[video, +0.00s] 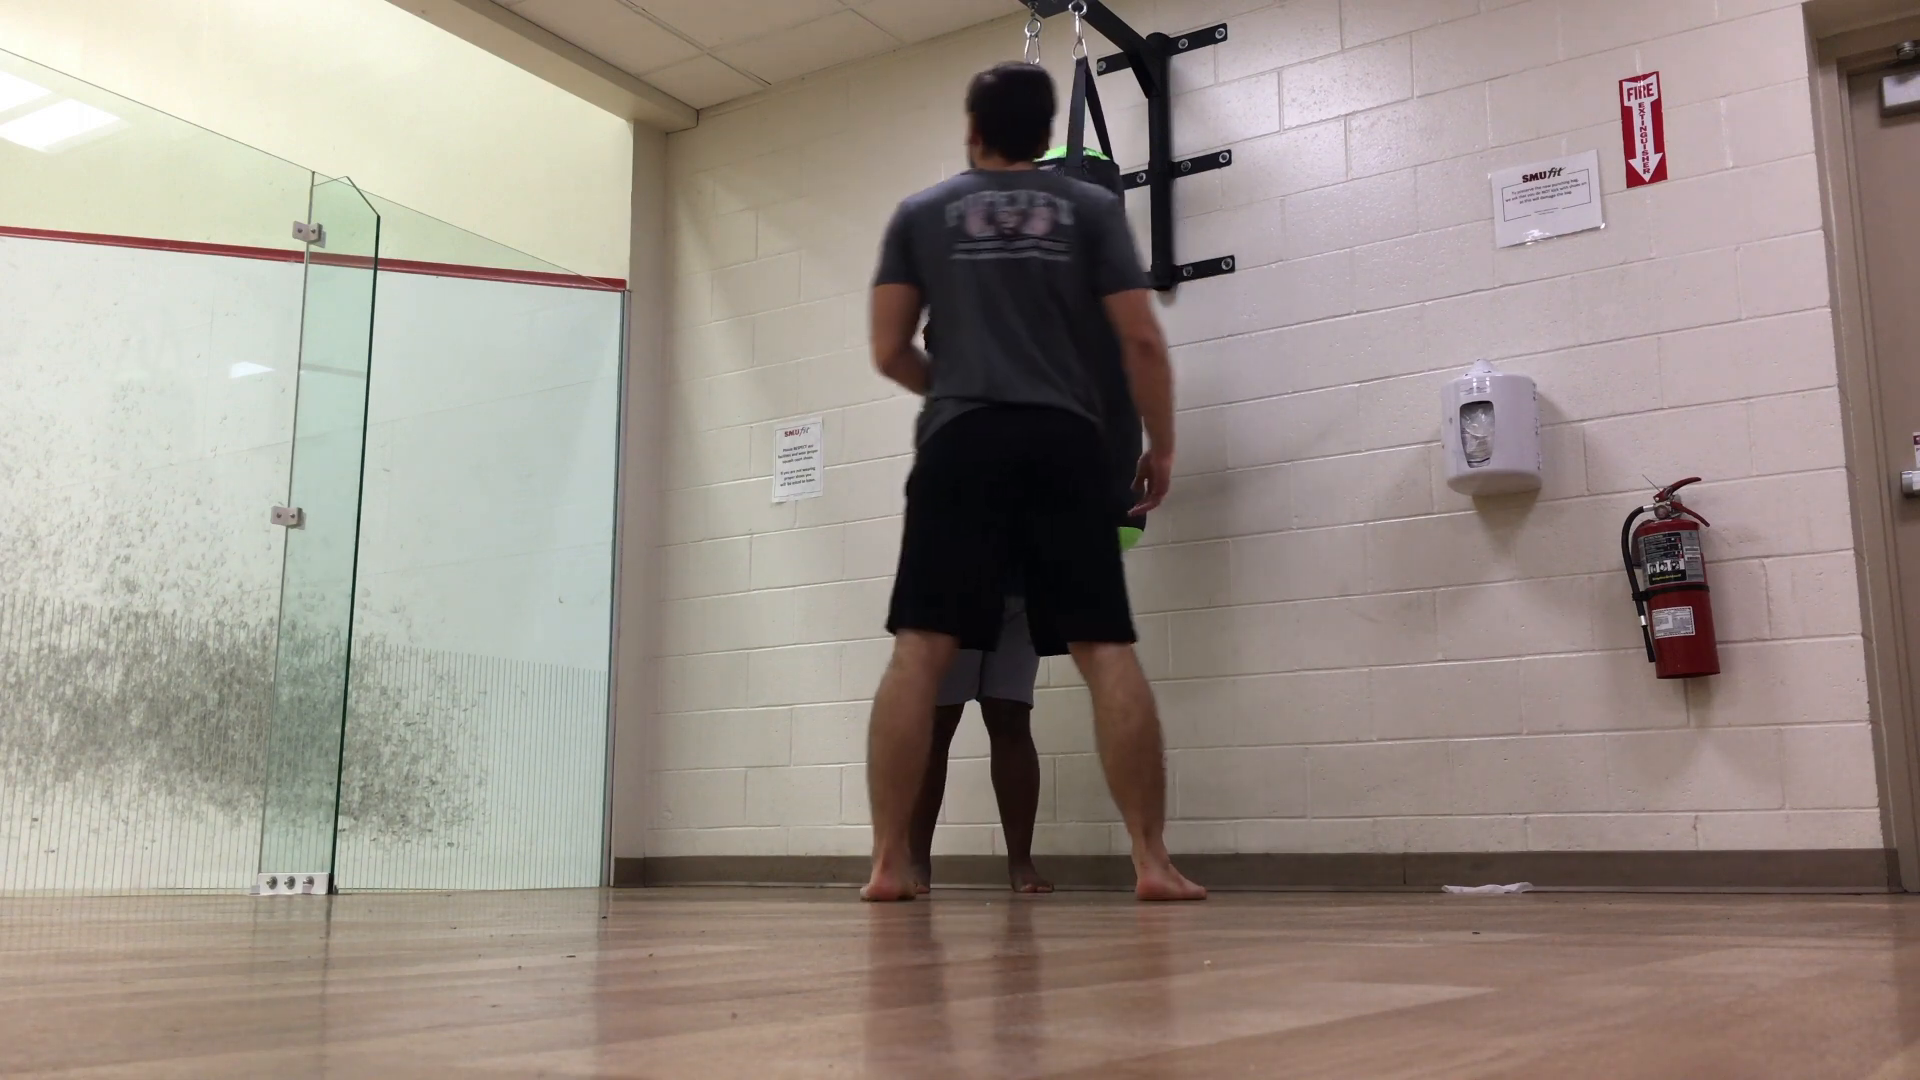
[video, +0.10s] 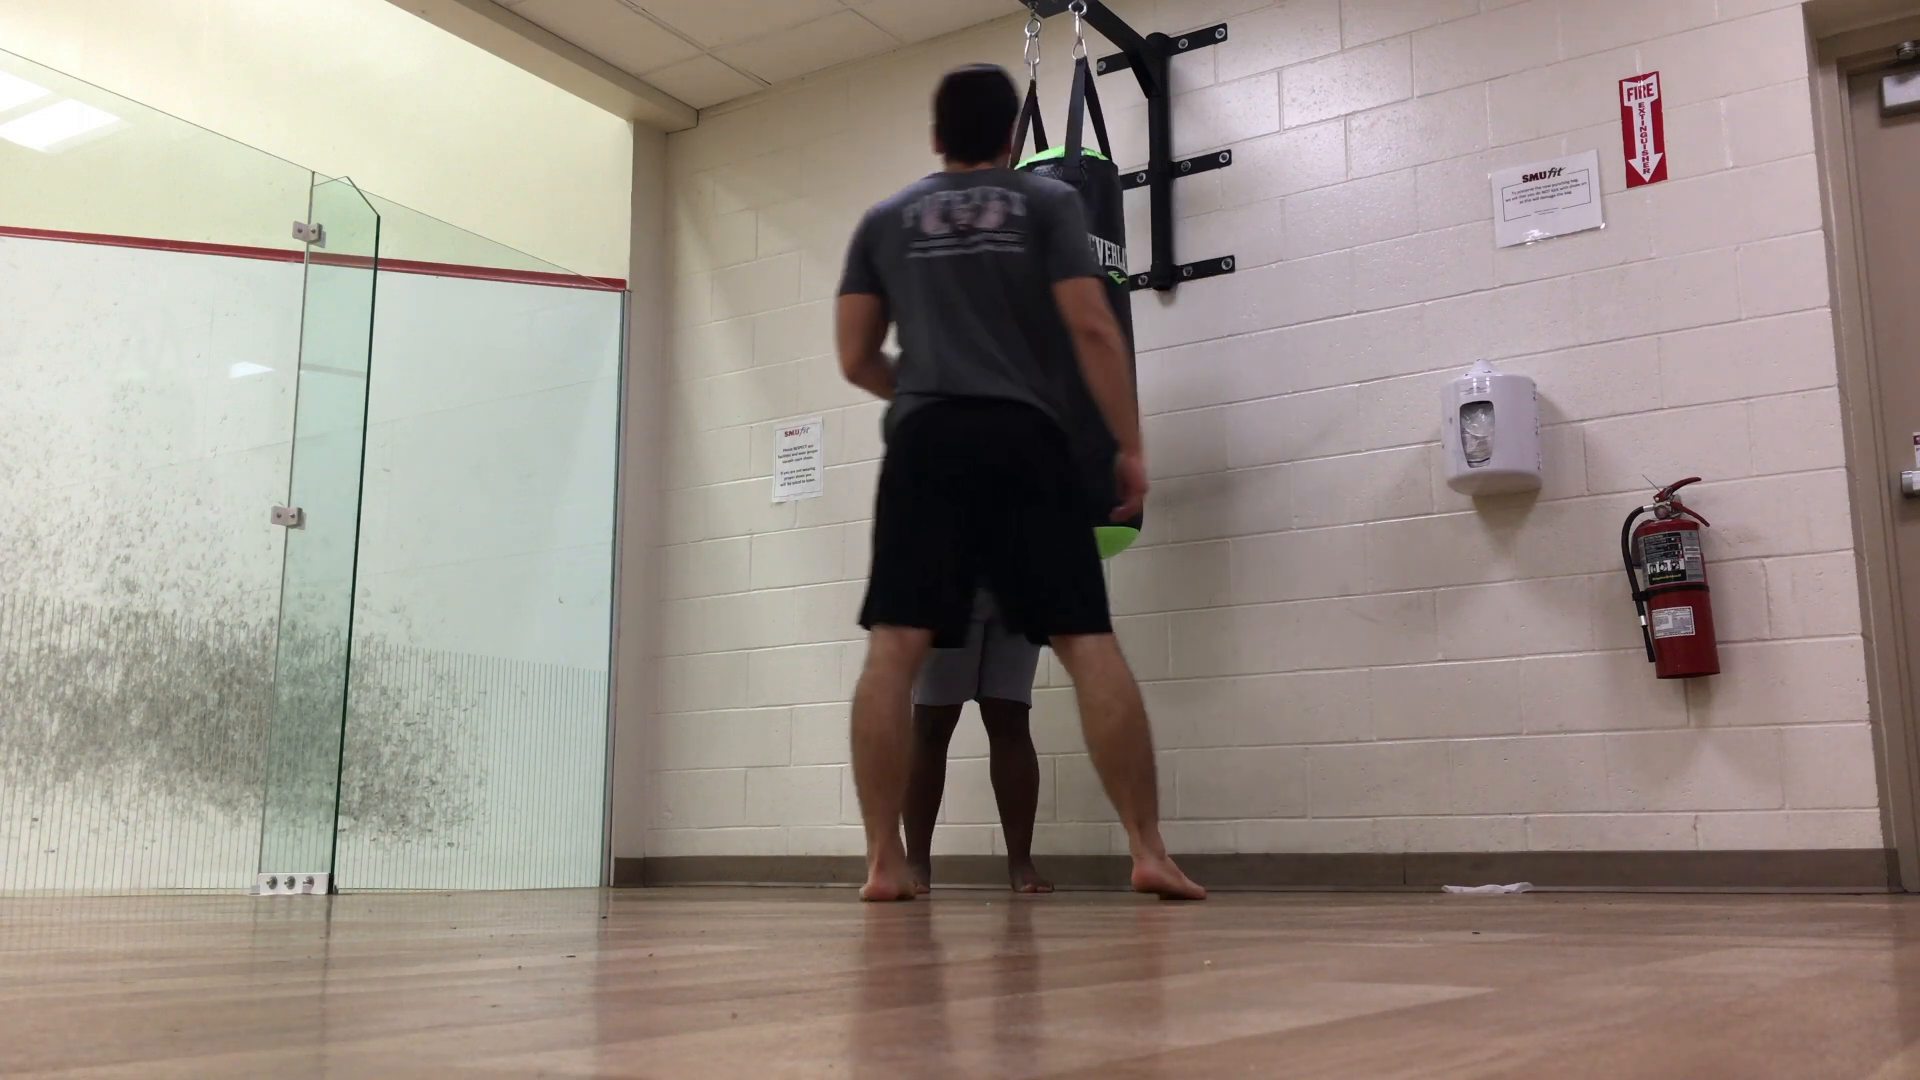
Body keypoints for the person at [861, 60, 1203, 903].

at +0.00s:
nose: (980, 137)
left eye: (972, 124)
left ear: (971, 133)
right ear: (1050, 136)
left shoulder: (918, 213)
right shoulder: (1091, 205)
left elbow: (889, 351)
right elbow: (1142, 335)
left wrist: (957, 386)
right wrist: (1161, 446)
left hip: (961, 448)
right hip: (1074, 450)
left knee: (920, 645)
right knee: (1107, 652)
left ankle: (891, 861)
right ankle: (1151, 858)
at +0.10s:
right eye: (1005, 128)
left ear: (933, 137)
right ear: (1013, 135)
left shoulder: (884, 221)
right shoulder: (1049, 203)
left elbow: (855, 360)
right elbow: (1092, 326)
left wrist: (924, 388)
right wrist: (1130, 445)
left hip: (924, 450)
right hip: (1033, 447)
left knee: (894, 644)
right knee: (1090, 646)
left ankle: (885, 861)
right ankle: (1148, 850)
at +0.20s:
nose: (984, 140)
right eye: (984, 130)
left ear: (904, 142)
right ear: (981, 135)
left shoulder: (856, 222)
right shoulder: (1008, 197)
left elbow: (833, 366)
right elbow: (1041, 314)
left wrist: (903, 396)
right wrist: (1091, 436)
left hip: (889, 441)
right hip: (991, 436)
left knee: (877, 643)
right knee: (1063, 631)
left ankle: (885, 861)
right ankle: (1117, 844)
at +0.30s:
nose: (961, 140)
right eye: (962, 128)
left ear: (880, 139)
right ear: (955, 130)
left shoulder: (832, 221)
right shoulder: (976, 185)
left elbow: (820, 364)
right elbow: (1003, 301)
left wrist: (874, 430)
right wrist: (1048, 425)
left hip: (870, 442)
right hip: (972, 429)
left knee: (867, 643)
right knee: (1032, 622)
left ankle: (883, 861)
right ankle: (1018, 841)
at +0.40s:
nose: (939, 135)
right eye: (939, 124)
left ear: (858, 135)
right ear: (935, 126)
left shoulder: (813, 222)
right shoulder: (947, 175)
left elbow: (813, 365)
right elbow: (967, 285)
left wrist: (837, 453)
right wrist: (1011, 416)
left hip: (848, 439)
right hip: (941, 424)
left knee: (859, 644)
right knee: (997, 625)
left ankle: (882, 859)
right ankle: (890, 809)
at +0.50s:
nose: (921, 126)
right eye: (919, 115)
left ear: (837, 130)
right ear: (914, 118)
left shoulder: (801, 219)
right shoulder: (921, 166)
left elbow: (794, 368)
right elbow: (943, 281)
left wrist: (793, 487)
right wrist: (991, 407)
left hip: (828, 440)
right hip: (909, 426)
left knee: (854, 642)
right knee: (936, 629)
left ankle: (884, 860)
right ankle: (775, 782)